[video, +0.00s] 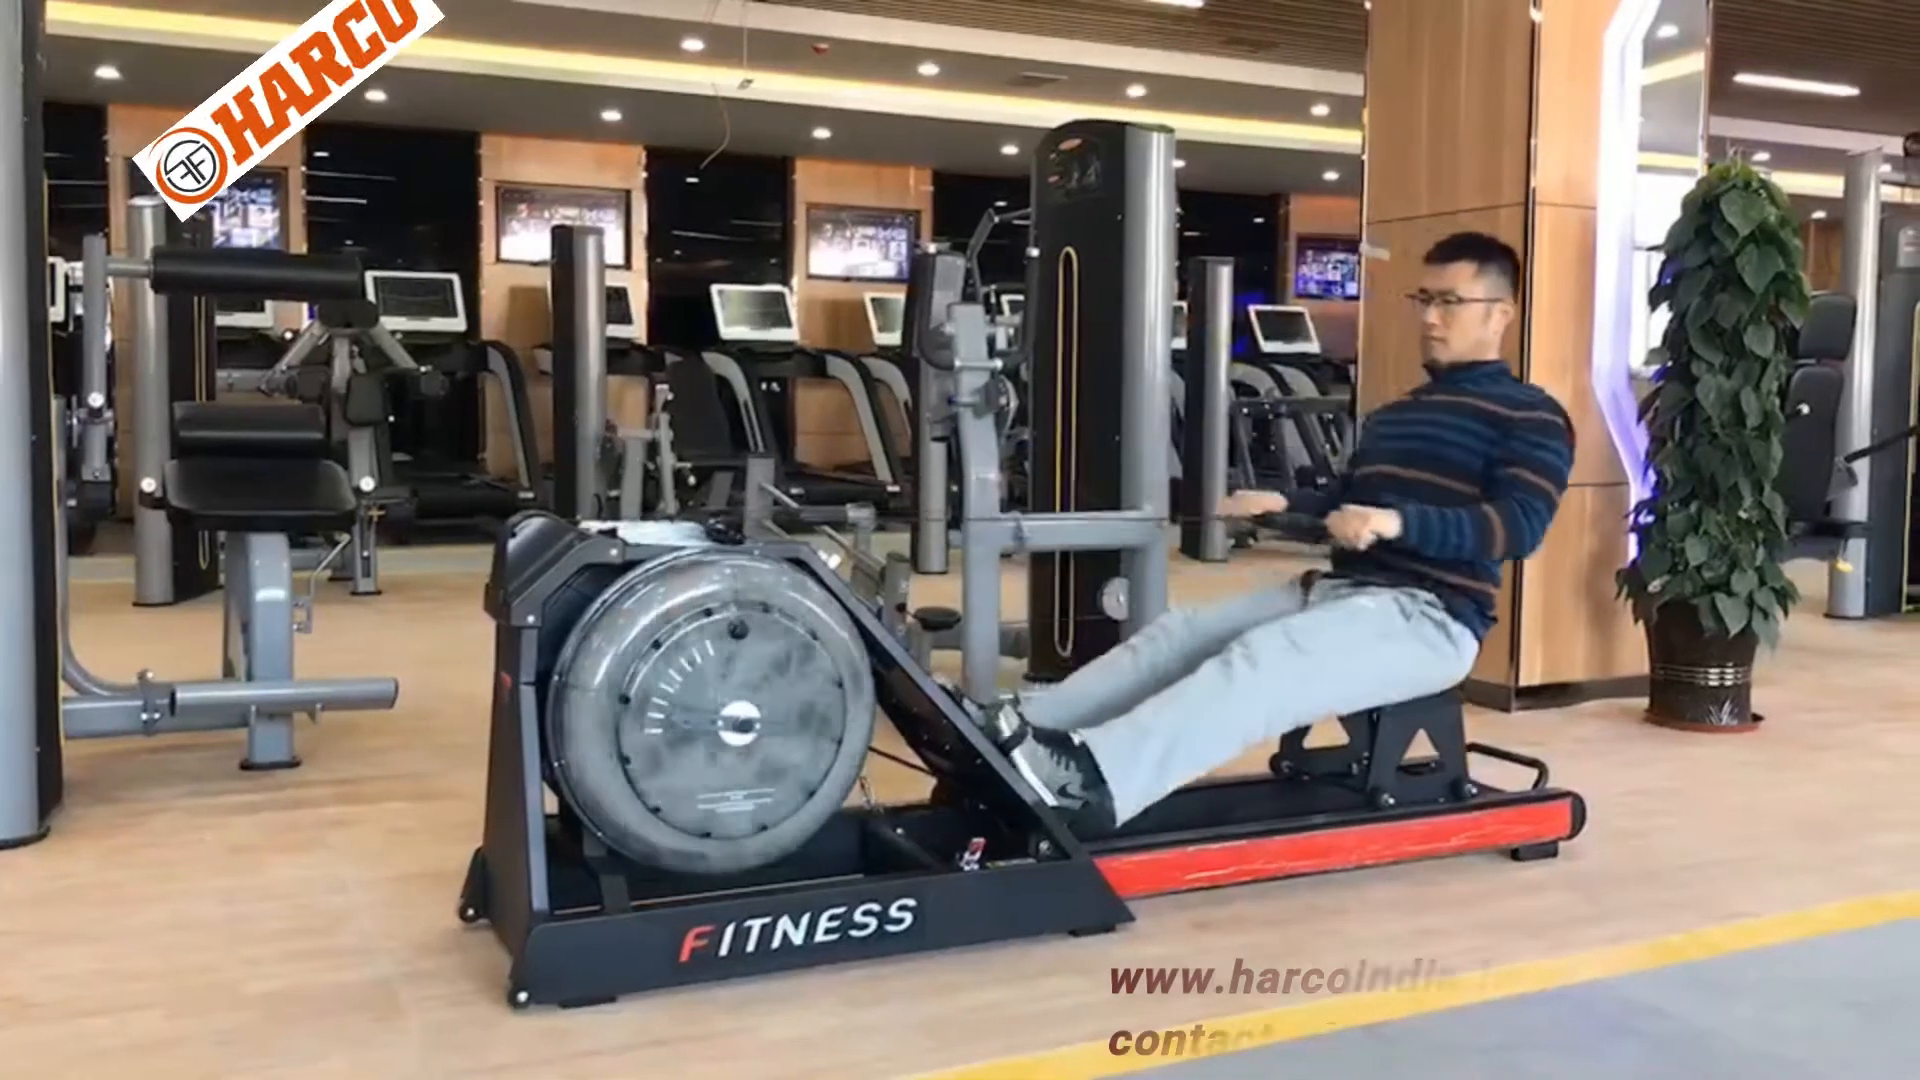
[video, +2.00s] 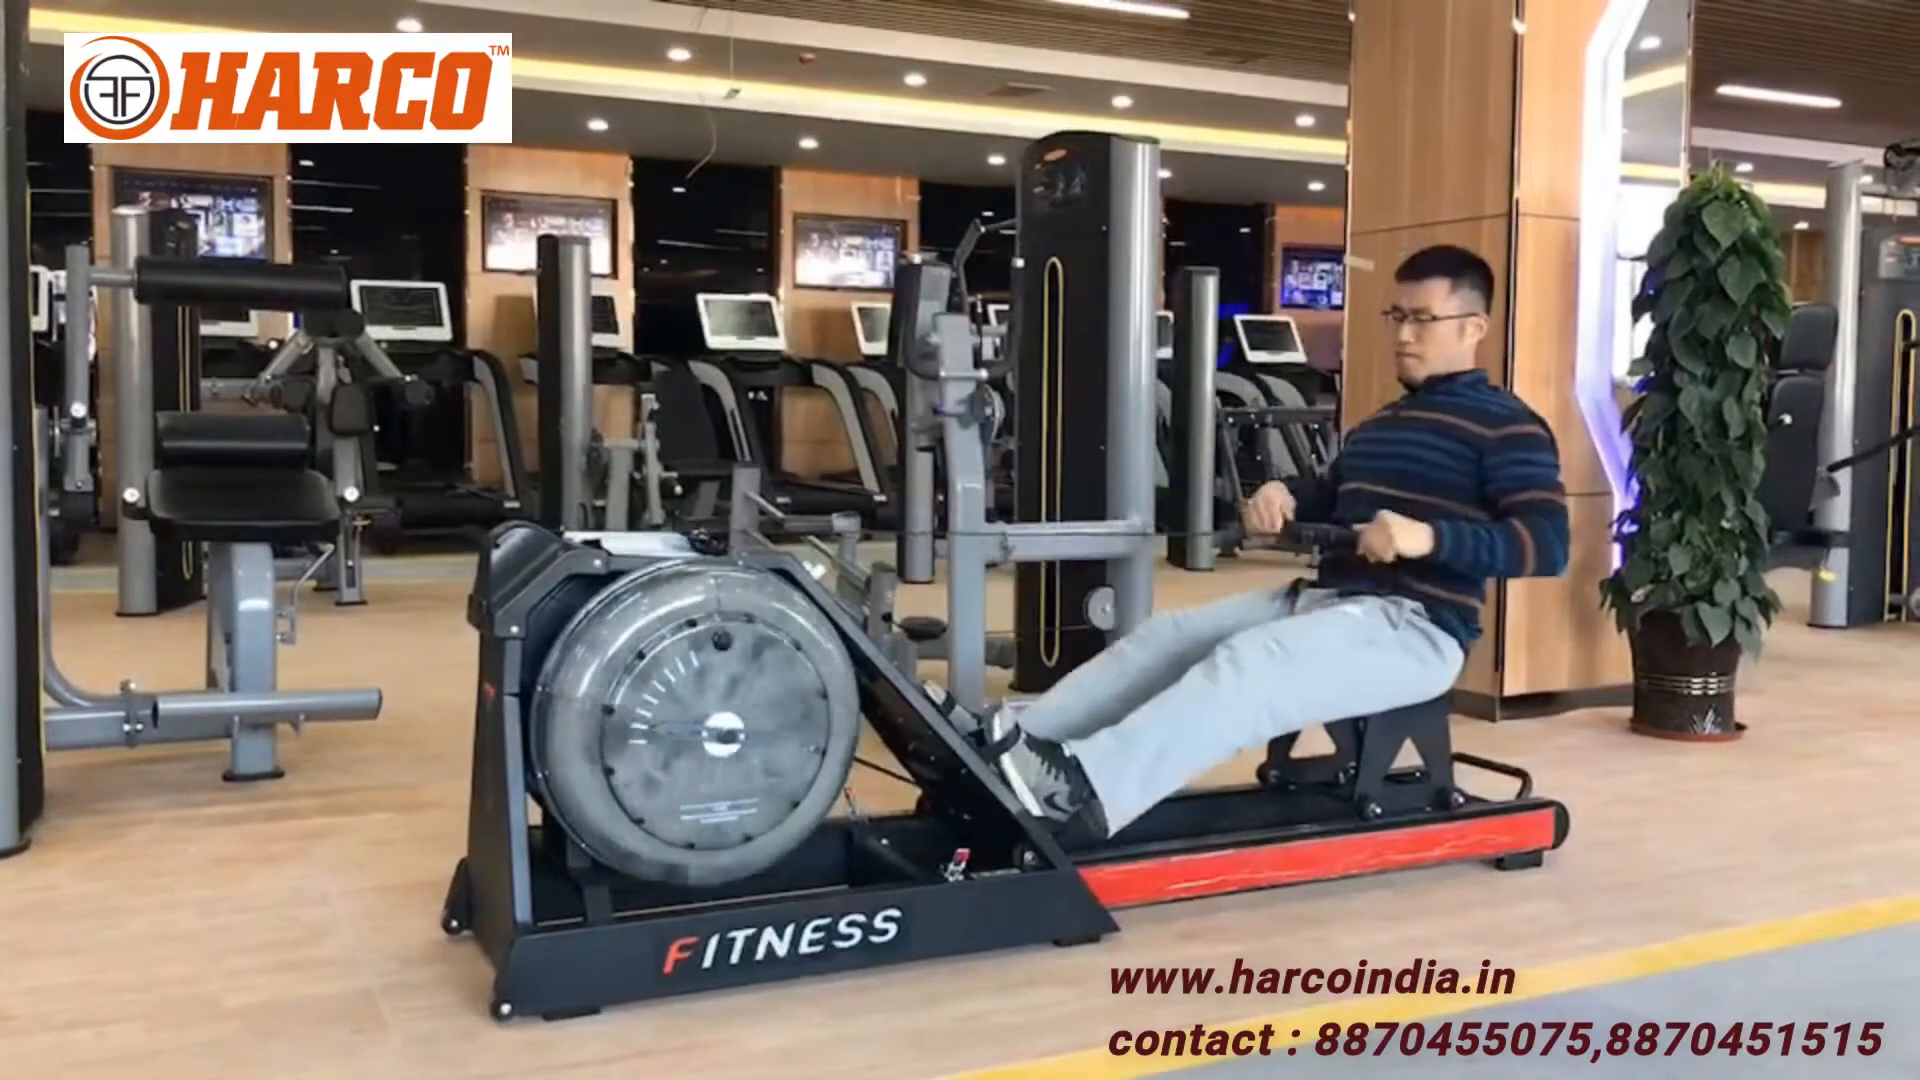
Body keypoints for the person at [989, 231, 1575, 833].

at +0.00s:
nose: (1429, 317)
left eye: (1450, 302)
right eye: (1424, 301)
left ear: (1503, 317)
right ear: (1417, 307)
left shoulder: (1534, 415)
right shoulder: (1401, 410)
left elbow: (1514, 528)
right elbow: (1353, 498)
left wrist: (1401, 524)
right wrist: (1285, 500)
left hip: (1424, 615)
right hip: (1334, 589)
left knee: (1253, 670)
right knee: (1183, 631)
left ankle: (1092, 786)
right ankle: (1022, 728)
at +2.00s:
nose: (1401, 334)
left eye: (1421, 319)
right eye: (1397, 318)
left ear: (1474, 328)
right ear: (1391, 320)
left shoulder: (1510, 425)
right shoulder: (1380, 422)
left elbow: (1546, 545)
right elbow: (1331, 499)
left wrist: (1432, 536)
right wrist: (1285, 498)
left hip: (1411, 627)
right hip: (1322, 601)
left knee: (1244, 670)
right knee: (1172, 634)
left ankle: (1084, 791)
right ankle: (1016, 738)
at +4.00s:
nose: (1383, 341)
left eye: (1403, 326)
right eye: (1375, 324)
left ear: (1453, 333)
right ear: (1366, 327)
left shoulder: (1486, 435)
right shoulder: (1346, 427)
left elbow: (1495, 558)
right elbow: (1306, 545)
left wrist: (1406, 486)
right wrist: (1280, 472)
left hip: (1399, 634)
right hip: (1310, 609)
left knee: (1237, 669)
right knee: (1154, 628)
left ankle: (1079, 796)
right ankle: (1000, 746)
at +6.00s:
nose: (1362, 350)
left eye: (1381, 334)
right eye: (1357, 335)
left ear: (1434, 344)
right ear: (1352, 340)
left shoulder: (1471, 440)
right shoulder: (1340, 437)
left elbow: (1496, 562)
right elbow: (1300, 555)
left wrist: (1392, 516)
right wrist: (1263, 505)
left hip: (1384, 641)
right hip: (1297, 619)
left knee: (1222, 648)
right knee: (1127, 618)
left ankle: (1079, 800)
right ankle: (999, 754)